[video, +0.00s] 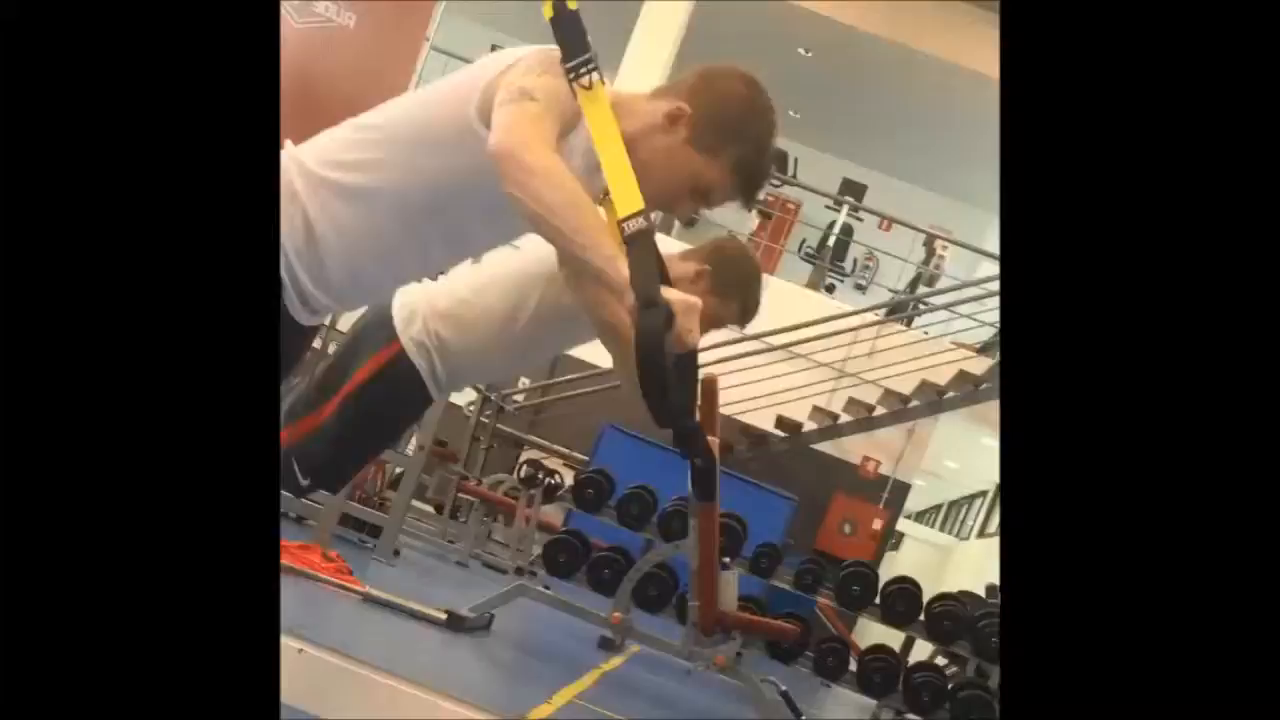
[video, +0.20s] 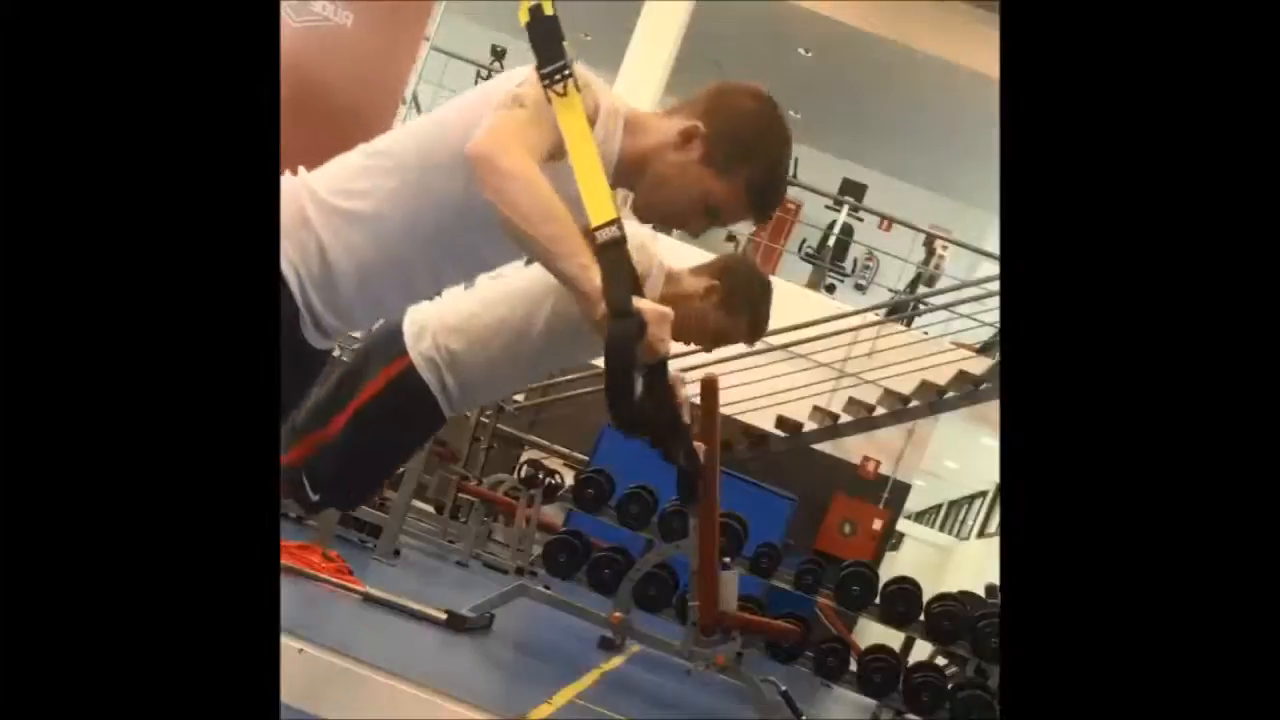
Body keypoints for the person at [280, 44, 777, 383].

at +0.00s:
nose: (685, 213)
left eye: (701, 205)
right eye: (698, 195)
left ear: (674, 117)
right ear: (677, 121)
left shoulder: (590, 179)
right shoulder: (555, 77)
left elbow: (598, 293)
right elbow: (518, 155)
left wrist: (655, 377)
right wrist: (635, 292)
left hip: (307, 305)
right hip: (280, 236)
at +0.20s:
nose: (694, 233)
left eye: (713, 225)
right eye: (708, 212)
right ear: (692, 141)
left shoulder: (599, 192)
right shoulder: (580, 95)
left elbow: (633, 289)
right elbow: (497, 157)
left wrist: (657, 389)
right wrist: (601, 300)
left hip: (320, 333)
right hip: (286, 265)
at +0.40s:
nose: (706, 255)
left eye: (726, 248)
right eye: (723, 236)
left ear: (707, 156)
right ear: (709, 163)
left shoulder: (623, 211)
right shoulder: (598, 117)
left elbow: (648, 298)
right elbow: (496, 159)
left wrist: (669, 359)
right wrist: (616, 293)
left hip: (333, 357)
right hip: (293, 291)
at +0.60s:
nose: (730, 294)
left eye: (749, 287)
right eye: (746, 276)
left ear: (730, 206)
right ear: (731, 208)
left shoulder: (647, 256)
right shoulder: (626, 155)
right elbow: (495, 153)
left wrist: (661, 383)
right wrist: (611, 301)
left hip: (348, 387)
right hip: (307, 323)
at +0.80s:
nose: (750, 364)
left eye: (770, 363)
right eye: (768, 350)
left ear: (753, 277)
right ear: (755, 282)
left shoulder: (668, 309)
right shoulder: (651, 230)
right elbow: (503, 165)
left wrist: (653, 392)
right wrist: (615, 313)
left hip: (359, 427)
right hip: (321, 370)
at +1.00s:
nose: (755, 416)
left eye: (776, 416)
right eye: (775, 402)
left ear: (771, 338)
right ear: (771, 339)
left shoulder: (679, 363)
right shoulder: (668, 277)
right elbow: (522, 177)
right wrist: (628, 313)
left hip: (363, 451)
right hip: (334, 411)